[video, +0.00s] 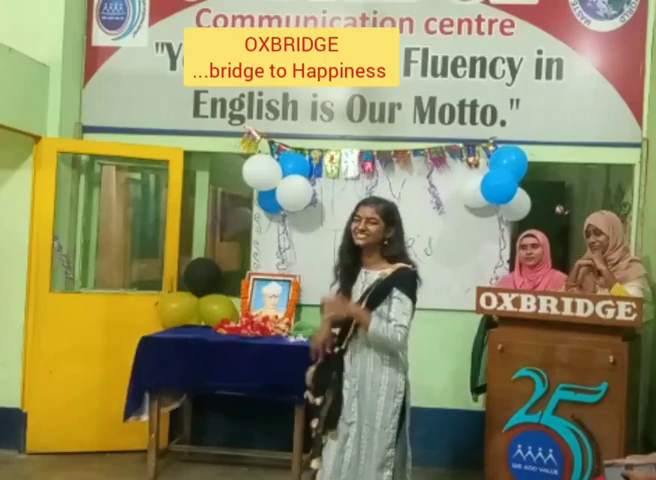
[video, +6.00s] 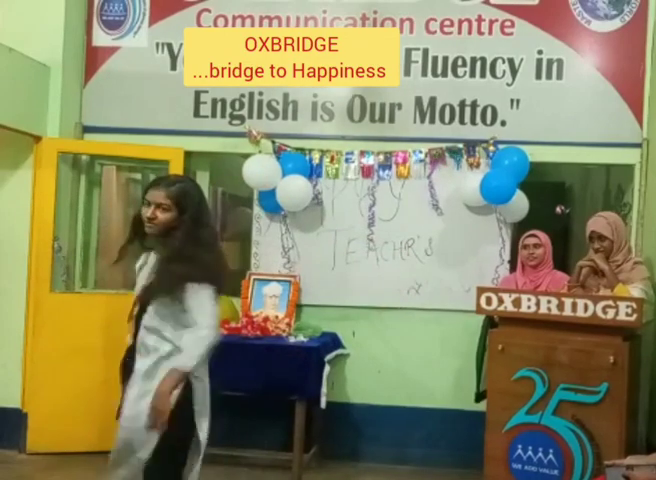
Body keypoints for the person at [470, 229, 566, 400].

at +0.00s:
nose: (529, 252)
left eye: (534, 247)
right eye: (523, 247)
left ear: (545, 250)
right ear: (517, 252)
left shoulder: (560, 281)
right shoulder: (506, 281)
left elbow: (564, 316)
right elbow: (495, 316)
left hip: (548, 347)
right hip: (512, 346)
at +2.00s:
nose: (530, 251)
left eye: (535, 246)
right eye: (525, 247)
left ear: (545, 250)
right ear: (518, 252)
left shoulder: (561, 282)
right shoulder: (506, 282)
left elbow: (566, 321)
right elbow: (492, 321)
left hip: (548, 352)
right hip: (511, 351)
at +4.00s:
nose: (531, 251)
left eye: (536, 246)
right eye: (525, 247)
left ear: (546, 250)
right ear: (519, 252)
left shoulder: (561, 281)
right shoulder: (507, 282)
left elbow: (565, 318)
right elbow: (496, 319)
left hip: (548, 349)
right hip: (512, 348)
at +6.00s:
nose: (531, 252)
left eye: (537, 247)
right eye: (526, 247)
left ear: (547, 251)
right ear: (520, 252)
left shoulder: (562, 281)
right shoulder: (508, 281)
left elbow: (565, 316)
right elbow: (498, 317)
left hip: (550, 347)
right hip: (514, 346)